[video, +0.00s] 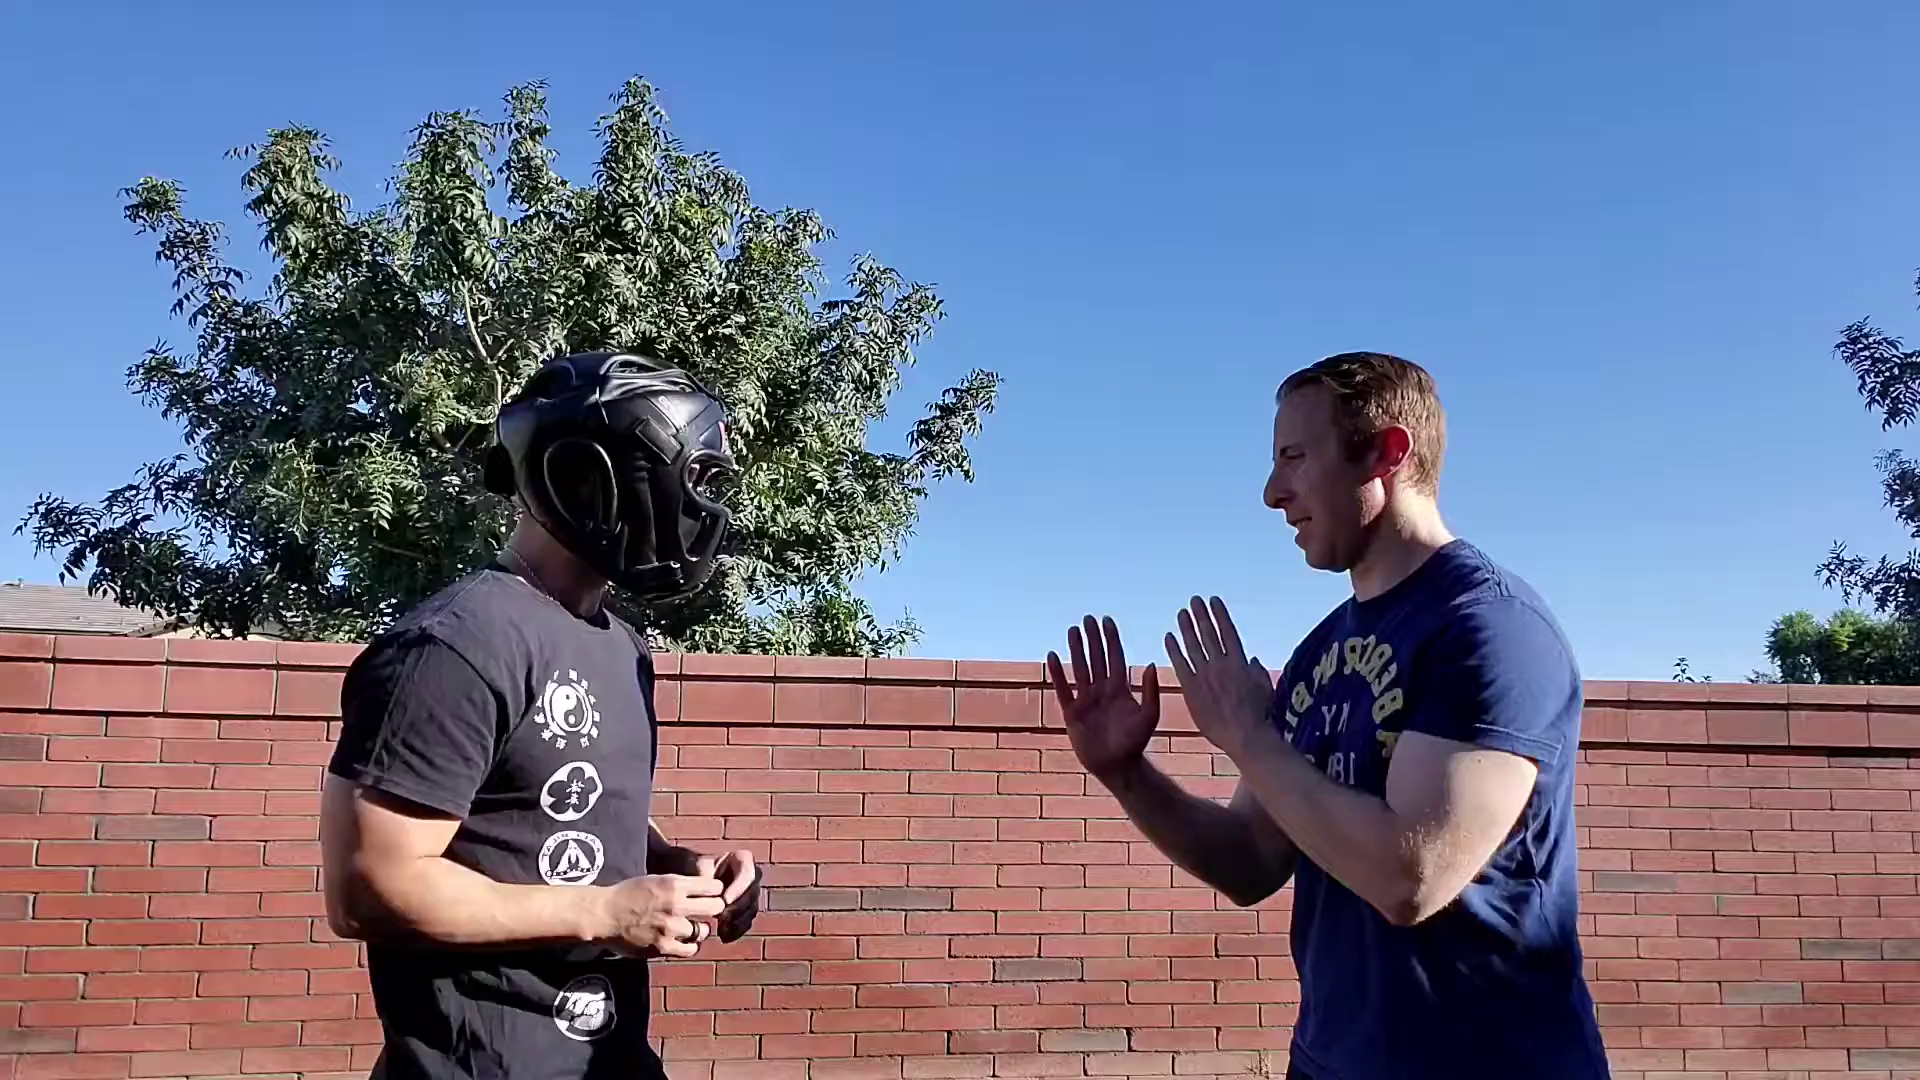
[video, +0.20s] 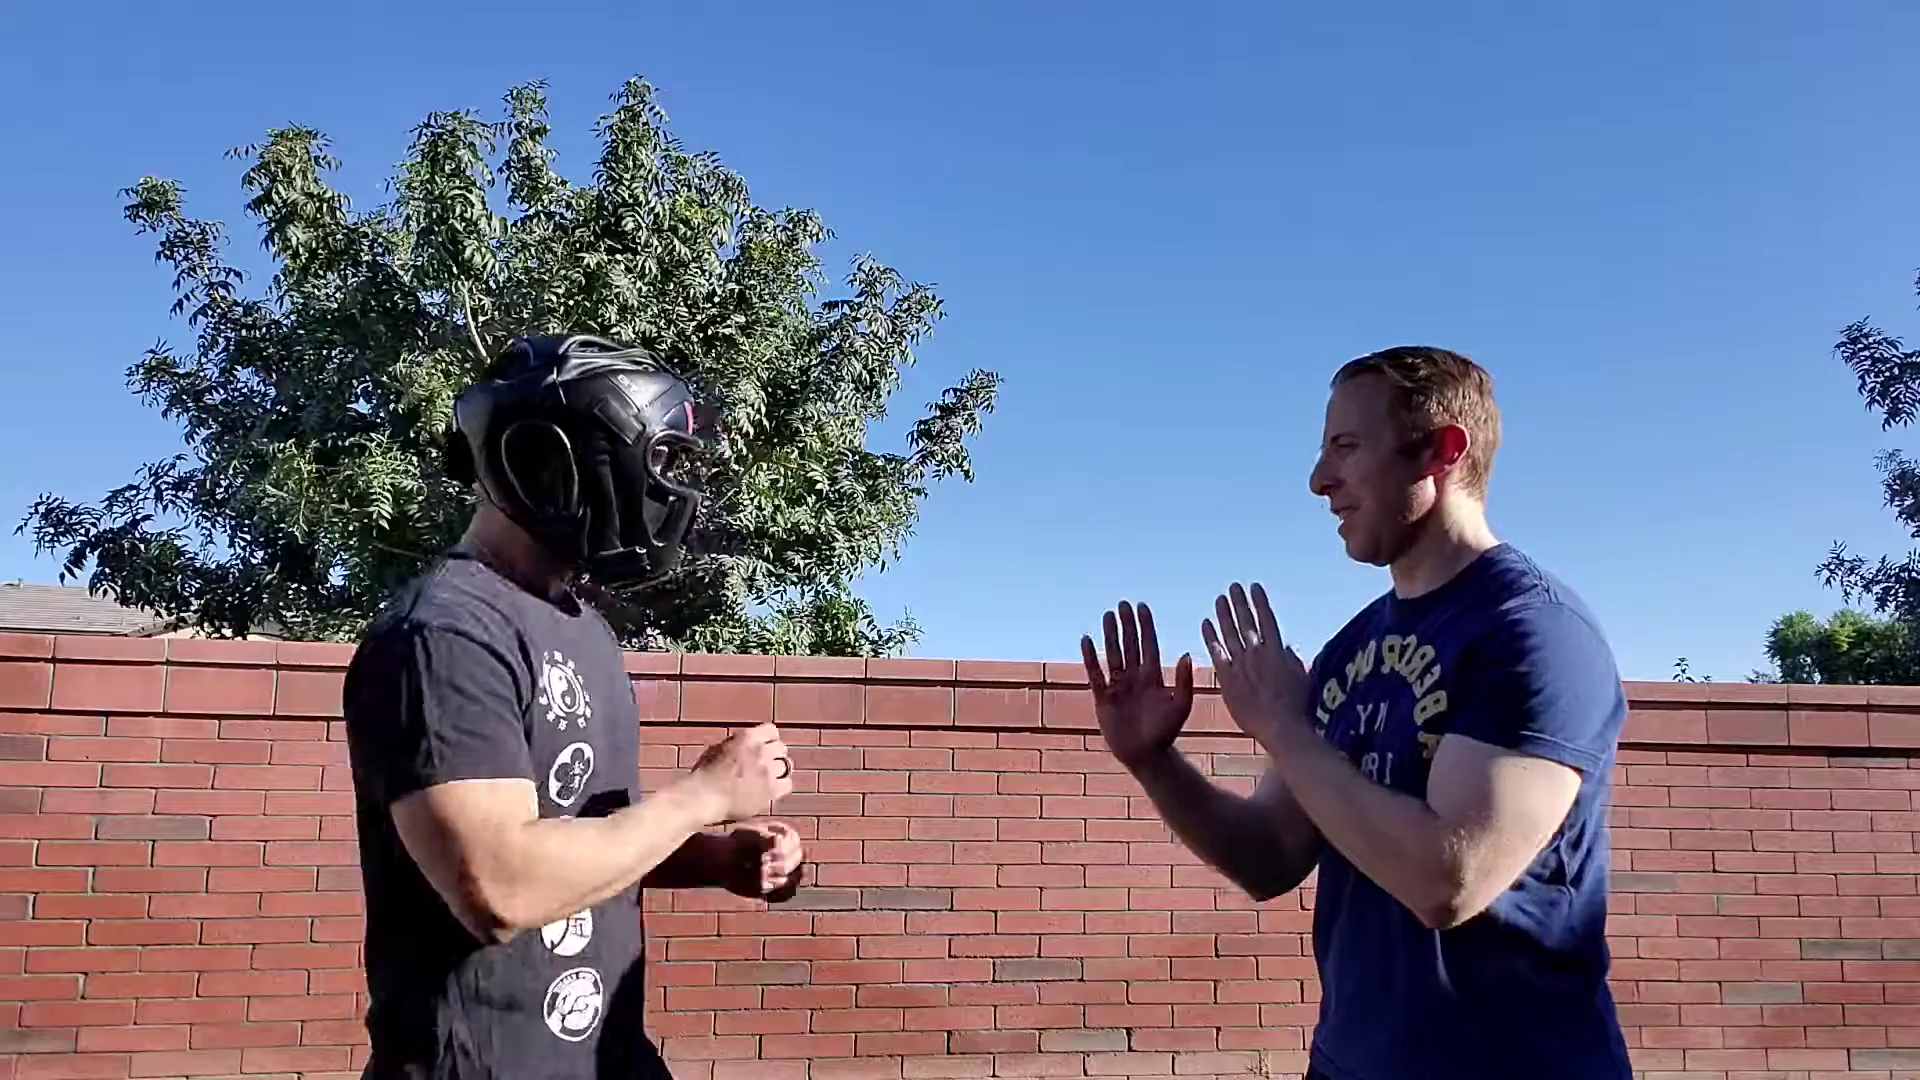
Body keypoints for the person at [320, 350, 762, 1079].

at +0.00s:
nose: (702, 507)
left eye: (704, 481)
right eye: (685, 479)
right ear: (599, 482)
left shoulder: (622, 649)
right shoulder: (451, 645)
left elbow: (582, 829)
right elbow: (370, 890)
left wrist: (679, 870)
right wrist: (603, 912)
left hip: (612, 1050)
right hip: (480, 1057)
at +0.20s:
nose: (675, 494)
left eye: (676, 467)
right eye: (656, 464)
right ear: (560, 469)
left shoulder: (585, 629)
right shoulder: (437, 637)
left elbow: (578, 842)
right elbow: (500, 885)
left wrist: (718, 858)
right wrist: (706, 793)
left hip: (606, 1051)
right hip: (476, 1059)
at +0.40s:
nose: (785, 529)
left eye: (787, 505)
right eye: (770, 502)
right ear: (686, 500)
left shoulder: (733, 670)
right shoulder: (540, 668)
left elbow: (792, 805)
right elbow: (562, 904)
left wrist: (936, 821)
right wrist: (770, 786)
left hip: (724, 1056)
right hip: (581, 1060)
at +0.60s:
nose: (893, 543)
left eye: (896, 518)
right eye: (870, 517)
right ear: (774, 515)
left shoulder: (881, 666)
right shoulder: (597, 684)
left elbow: (1064, 692)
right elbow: (516, 898)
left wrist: (1194, 678)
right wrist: (679, 890)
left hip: (809, 1059)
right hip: (629, 1062)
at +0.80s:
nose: (881, 546)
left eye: (887, 522)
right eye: (858, 519)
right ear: (761, 513)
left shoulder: (867, 655)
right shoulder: (584, 677)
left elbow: (1058, 672)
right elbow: (528, 899)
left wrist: (1203, 640)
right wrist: (720, 799)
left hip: (803, 1060)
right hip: (621, 1062)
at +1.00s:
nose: (892, 535)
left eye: (895, 510)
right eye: (869, 508)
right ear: (772, 507)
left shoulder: (868, 656)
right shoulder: (597, 673)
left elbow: (1061, 675)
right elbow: (547, 899)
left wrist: (1214, 638)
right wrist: (741, 800)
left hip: (809, 1059)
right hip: (631, 1060)